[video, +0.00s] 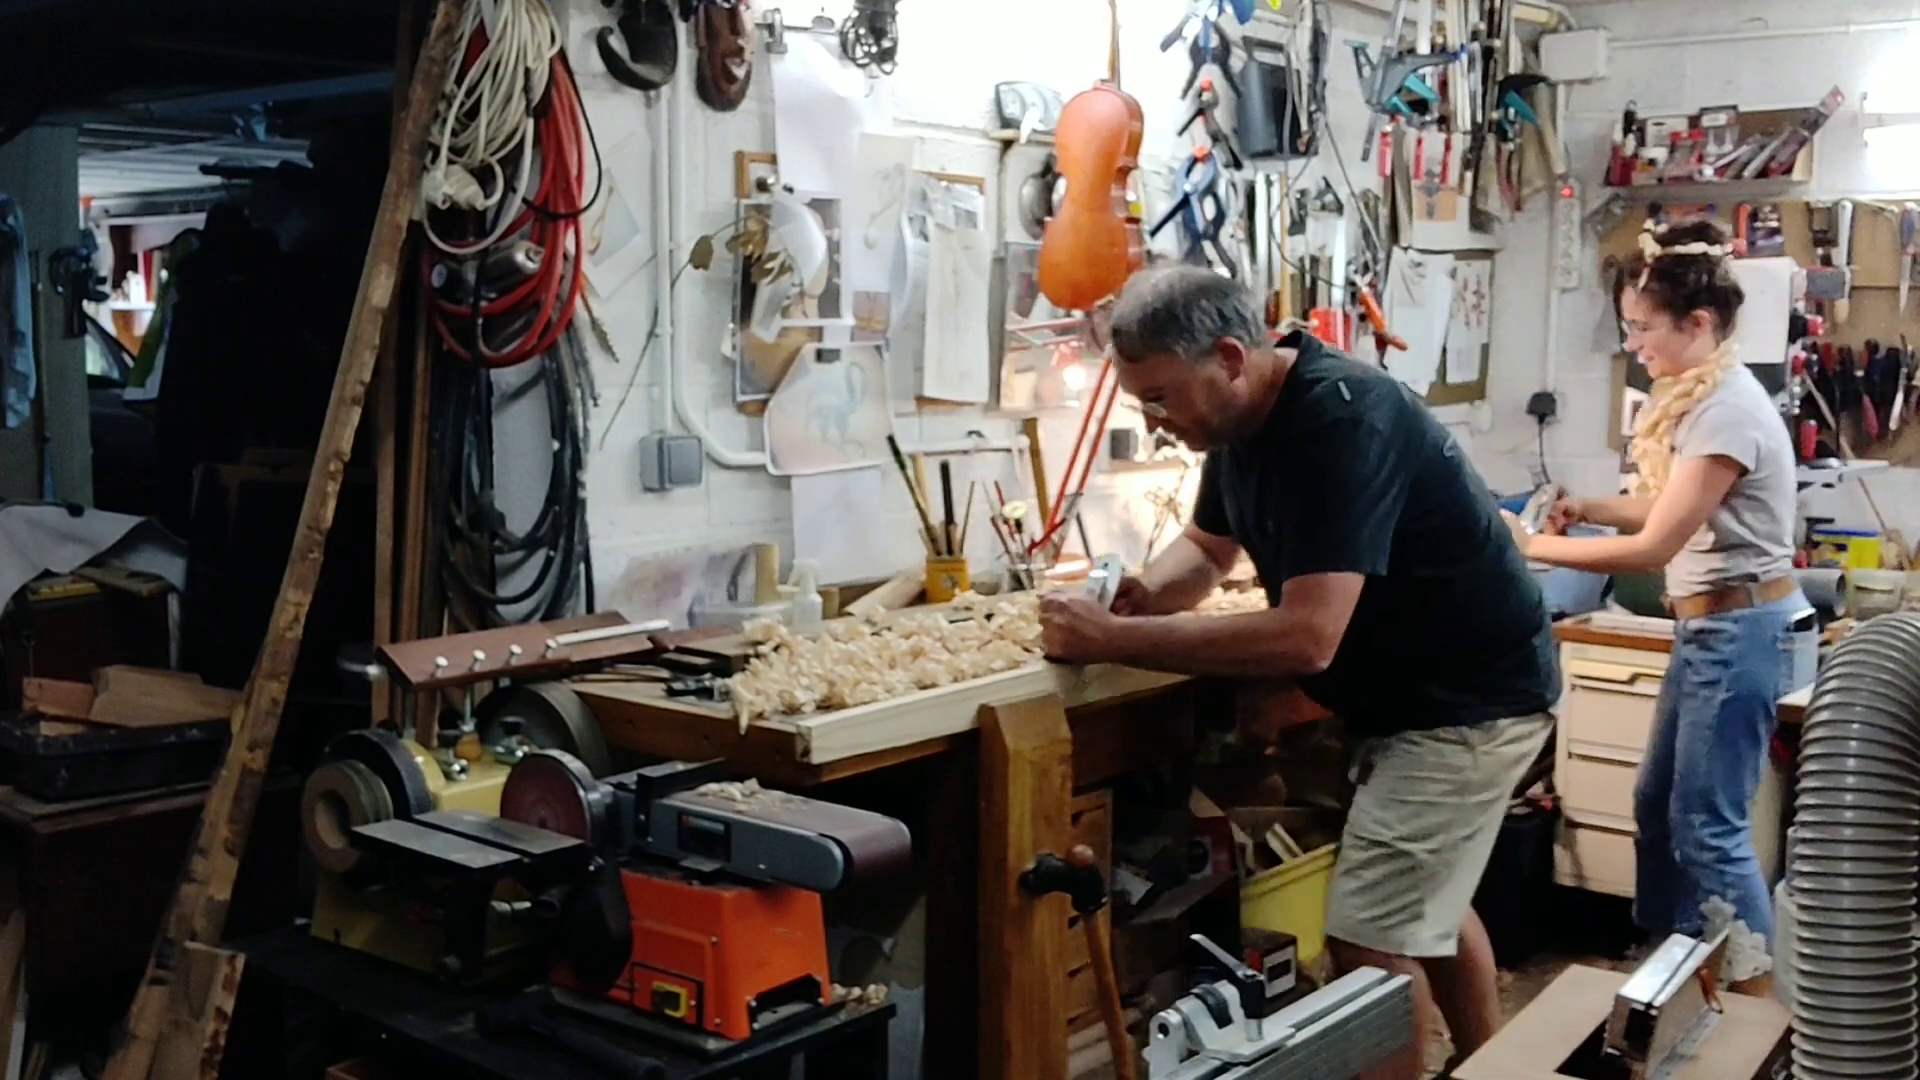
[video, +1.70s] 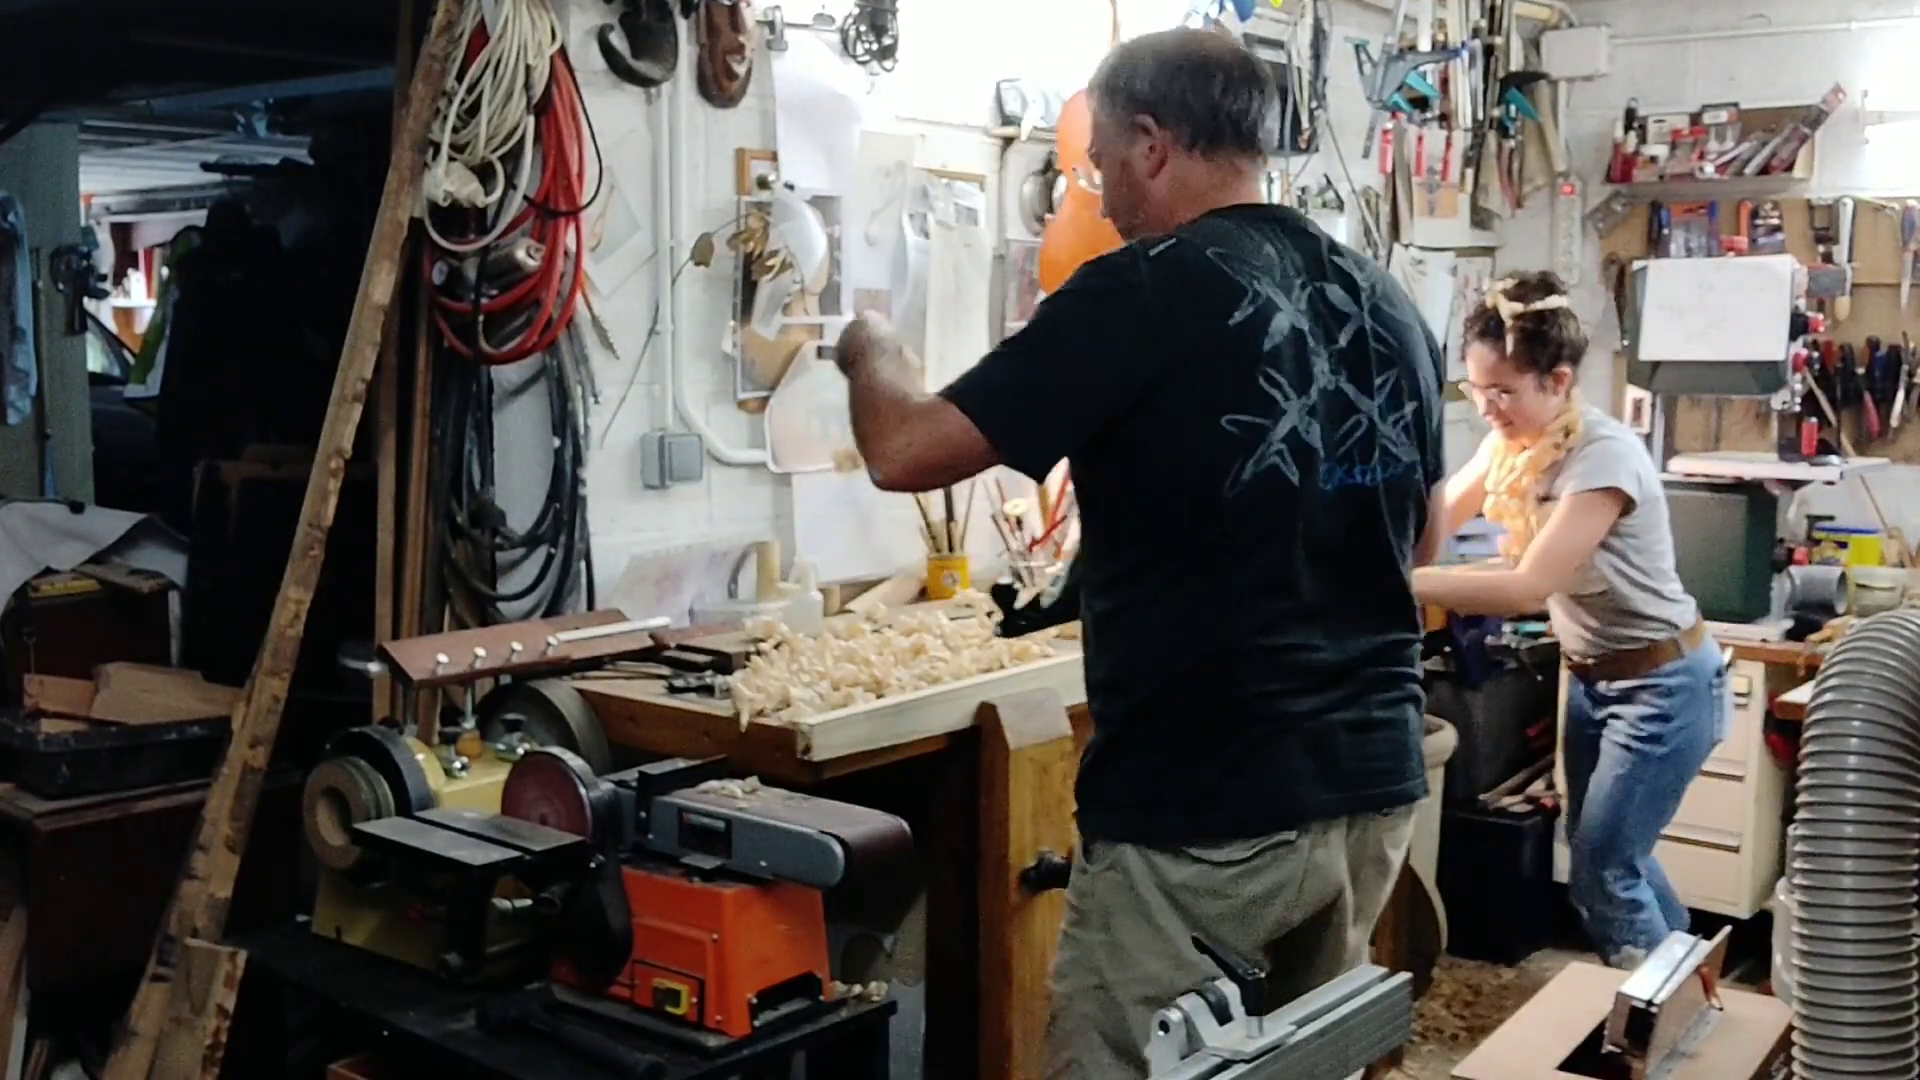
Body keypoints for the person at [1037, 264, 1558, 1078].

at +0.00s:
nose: (1154, 421)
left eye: (1160, 399)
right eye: (1143, 403)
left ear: (1229, 358)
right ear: (1225, 357)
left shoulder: (1345, 417)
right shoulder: (1244, 420)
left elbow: (1308, 636)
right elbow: (1207, 547)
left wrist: (1116, 638)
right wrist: (1146, 598)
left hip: (1475, 698)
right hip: (1400, 695)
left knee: (1367, 940)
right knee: (1434, 902)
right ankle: (1485, 1062)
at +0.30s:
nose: (1073, 420)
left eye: (1080, 394)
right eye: (1062, 401)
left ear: (1153, 353)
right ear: (1152, 354)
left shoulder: (1272, 413)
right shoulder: (1180, 415)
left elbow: (1225, 655)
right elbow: (1145, 558)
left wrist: (1020, 661)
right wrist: (1073, 613)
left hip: (1415, 730)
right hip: (1329, 726)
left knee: (1305, 975)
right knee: (1351, 952)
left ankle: (1422, 1063)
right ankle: (1437, 1065)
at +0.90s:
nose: (946, 419)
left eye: (952, 391)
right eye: (936, 397)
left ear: (1029, 346)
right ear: (1031, 346)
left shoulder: (1156, 413)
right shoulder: (1080, 410)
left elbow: (1087, 678)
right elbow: (1046, 579)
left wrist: (865, 693)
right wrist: (946, 638)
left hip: (1312, 763)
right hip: (1237, 753)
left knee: (1226, 1042)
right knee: (1211, 1029)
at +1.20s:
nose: (910, 324)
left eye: (912, 290)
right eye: (901, 297)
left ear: (990, 254)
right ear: (997, 253)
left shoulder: (1095, 348)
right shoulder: (1138, 325)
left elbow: (974, 582)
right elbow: (1063, 577)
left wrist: (777, 584)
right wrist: (879, 603)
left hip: (1239, 797)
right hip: (1317, 767)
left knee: (1106, 1064)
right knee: (1275, 1052)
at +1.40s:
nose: (974, 238)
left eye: (974, 200)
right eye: (965, 207)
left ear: (1044, 175)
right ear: (1057, 175)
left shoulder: (1104, 293)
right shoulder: (1242, 274)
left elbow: (933, 518)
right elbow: (1172, 533)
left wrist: (796, 478)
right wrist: (975, 540)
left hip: (1208, 784)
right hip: (1358, 757)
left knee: (1098, 1065)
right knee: (1305, 1058)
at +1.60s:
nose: (1059, 205)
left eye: (1061, 173)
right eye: (1053, 178)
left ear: (1126, 156)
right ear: (1158, 155)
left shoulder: (1136, 294)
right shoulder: (1340, 292)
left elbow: (908, 476)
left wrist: (820, 383)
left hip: (1194, 796)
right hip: (1361, 778)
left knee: (1079, 1064)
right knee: (1305, 1066)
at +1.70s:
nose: (1098, 193)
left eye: (1101, 162)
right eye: (1094, 165)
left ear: (1157, 145)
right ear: (1256, 145)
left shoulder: (1141, 290)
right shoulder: (1383, 296)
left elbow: (904, 454)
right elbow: (1418, 531)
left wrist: (866, 342)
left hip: (1204, 786)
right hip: (1378, 766)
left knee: (1117, 1063)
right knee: (1317, 1060)